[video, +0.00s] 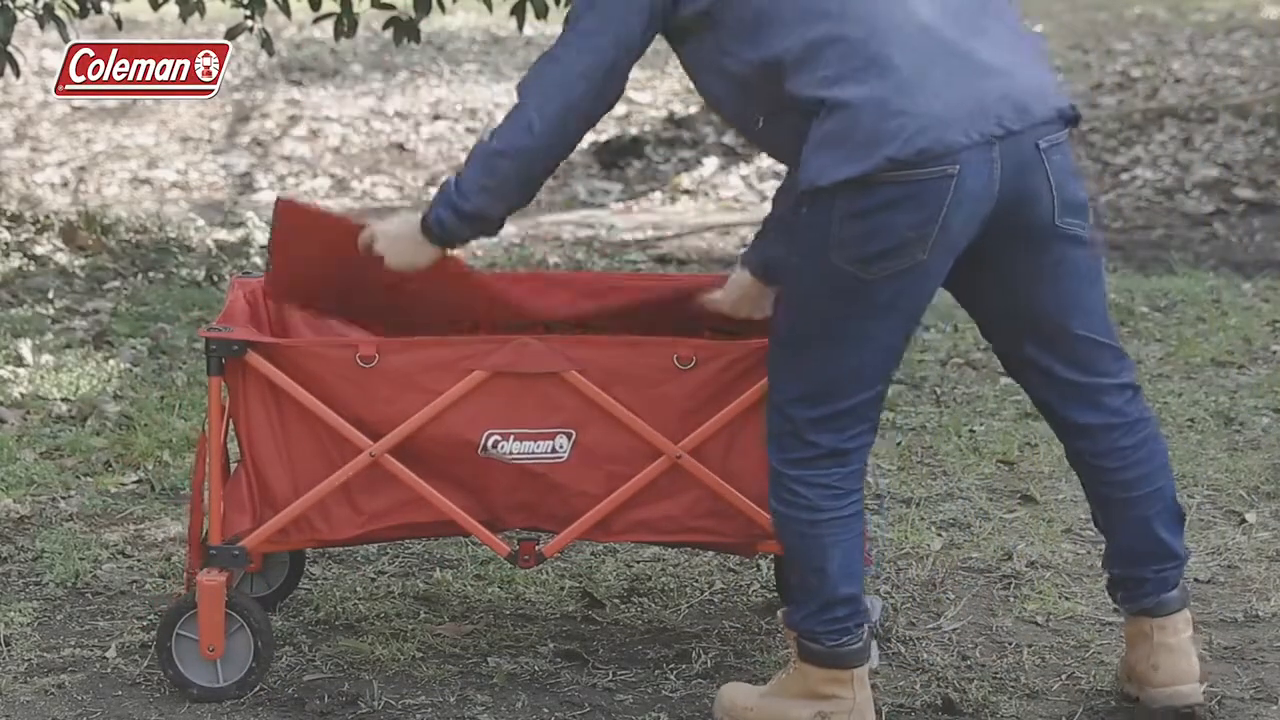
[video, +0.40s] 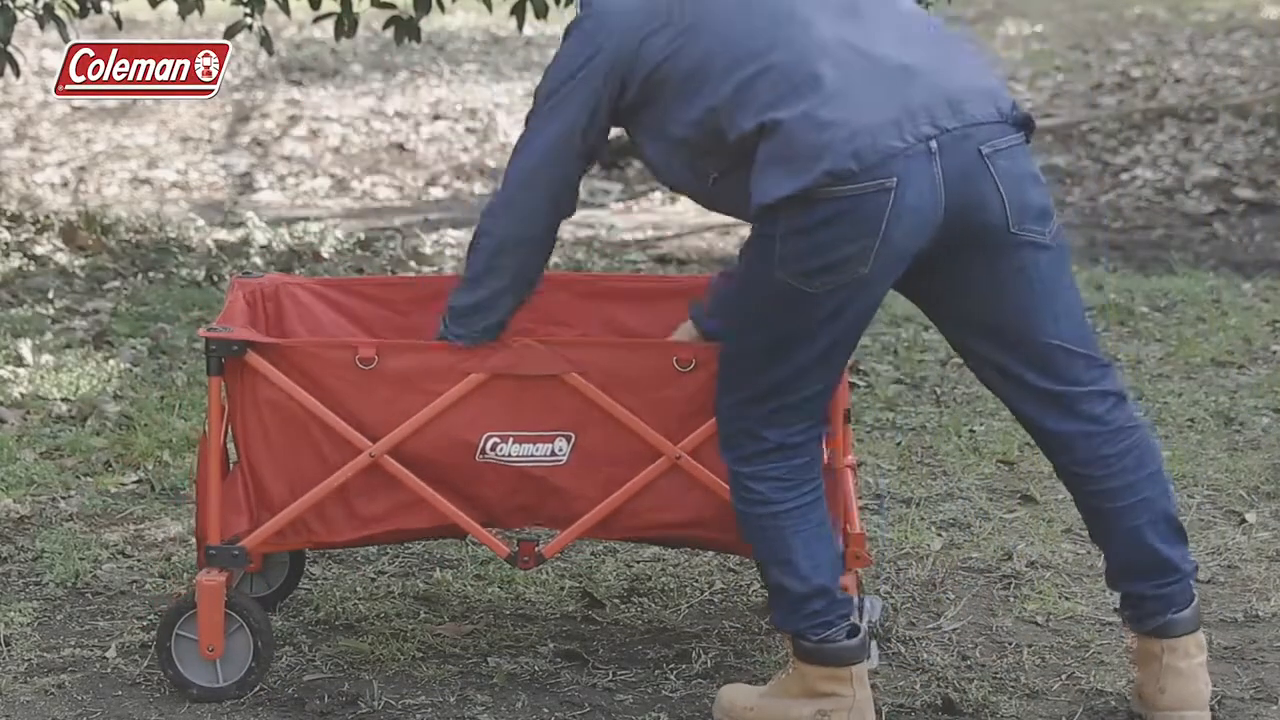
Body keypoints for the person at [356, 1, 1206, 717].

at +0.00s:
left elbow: (555, 109)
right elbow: (878, 104)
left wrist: (433, 226)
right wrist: (761, 273)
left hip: (891, 153)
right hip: (1032, 130)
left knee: (817, 442)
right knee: (1100, 393)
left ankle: (830, 681)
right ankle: (1166, 652)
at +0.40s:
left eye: (577, 30)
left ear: (605, 6)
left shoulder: (611, 20)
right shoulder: (807, 5)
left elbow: (528, 196)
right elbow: (831, 168)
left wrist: (463, 328)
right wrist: (718, 310)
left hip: (847, 182)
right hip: (990, 148)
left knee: (768, 436)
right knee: (1083, 398)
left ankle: (826, 670)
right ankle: (1174, 651)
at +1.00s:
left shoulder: (618, 7)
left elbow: (585, 167)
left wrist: (578, 293)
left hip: (846, 175)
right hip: (995, 140)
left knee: (777, 426)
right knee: (1086, 393)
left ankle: (828, 670)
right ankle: (1192, 660)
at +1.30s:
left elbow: (743, 30)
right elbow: (1046, 14)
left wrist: (768, 163)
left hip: (876, 145)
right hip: (1031, 131)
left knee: (835, 419)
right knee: (1091, 411)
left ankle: (830, 670)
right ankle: (1142, 673)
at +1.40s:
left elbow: (783, 10)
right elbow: (1113, 30)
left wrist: (778, 113)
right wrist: (1118, 182)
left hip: (905, 151)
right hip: (1066, 149)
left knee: (852, 423)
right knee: (1097, 423)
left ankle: (831, 671)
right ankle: (1123, 679)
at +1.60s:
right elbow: (1242, 15)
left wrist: (805, 15)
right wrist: (1236, 166)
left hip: (989, 145)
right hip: (1154, 152)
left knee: (906, 412)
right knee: (1145, 433)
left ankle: (831, 657)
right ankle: (1128, 679)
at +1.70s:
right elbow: (1275, 22)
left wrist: (841, 6)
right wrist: (1274, 154)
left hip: (1032, 143)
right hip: (1199, 152)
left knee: (928, 401)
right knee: (1165, 432)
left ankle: (860, 647)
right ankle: (1129, 681)